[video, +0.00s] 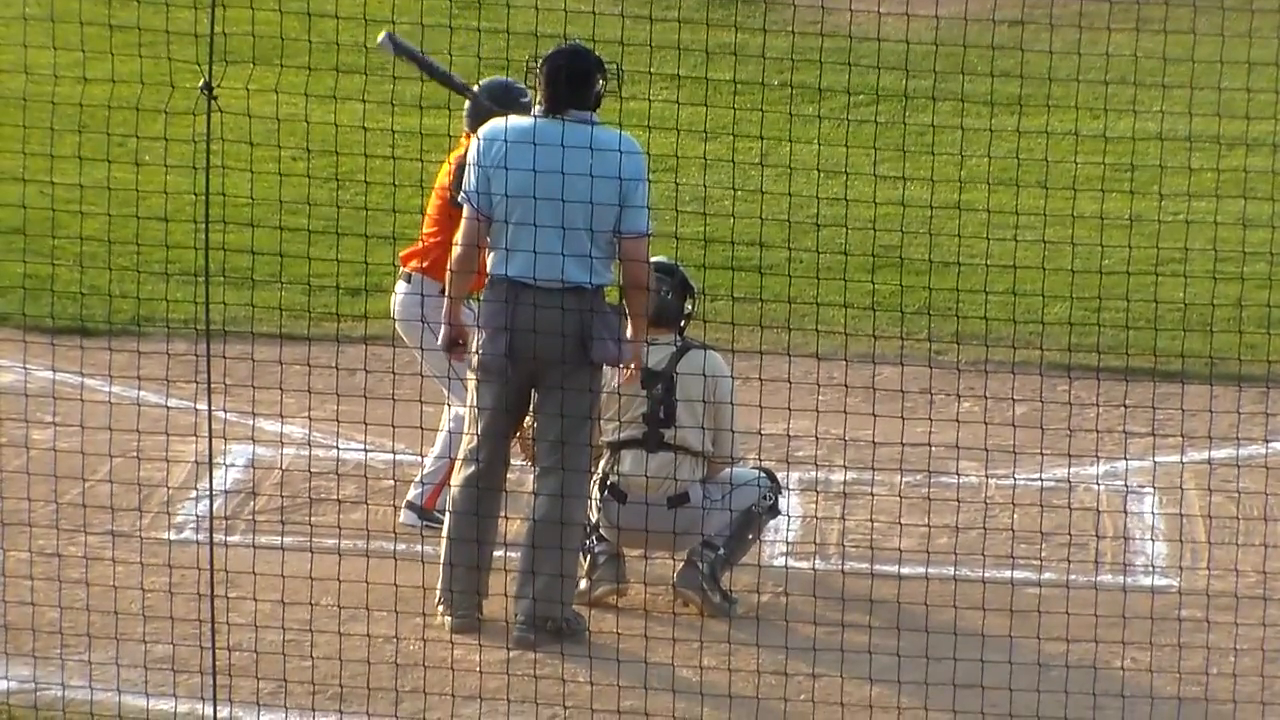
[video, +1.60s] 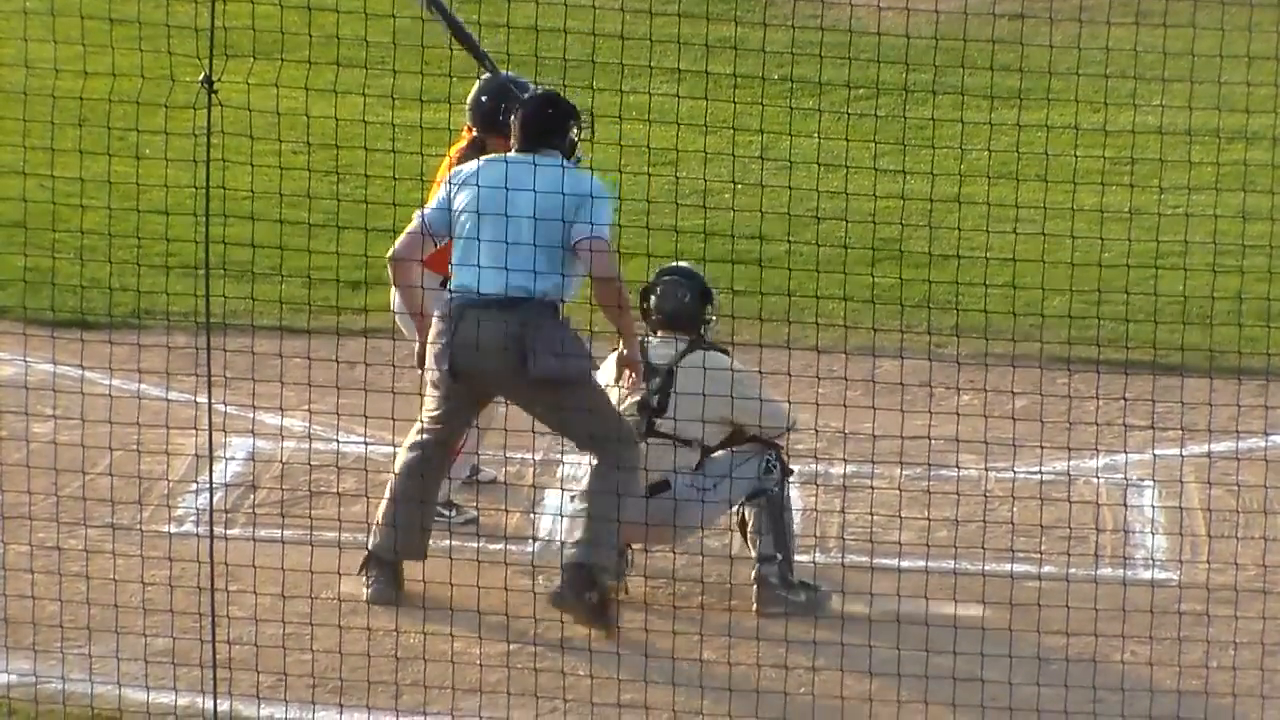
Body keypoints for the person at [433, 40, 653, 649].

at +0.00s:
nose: (603, 97)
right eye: (602, 89)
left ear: (542, 89)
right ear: (597, 93)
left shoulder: (496, 137)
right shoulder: (624, 151)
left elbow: (469, 242)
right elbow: (634, 260)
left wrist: (453, 308)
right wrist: (636, 337)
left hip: (505, 311)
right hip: (578, 318)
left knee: (481, 456)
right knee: (564, 466)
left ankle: (459, 600)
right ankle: (544, 612)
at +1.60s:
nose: (579, 147)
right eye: (576, 140)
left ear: (515, 136)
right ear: (569, 142)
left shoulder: (469, 177)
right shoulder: (584, 186)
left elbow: (404, 256)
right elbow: (600, 270)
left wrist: (429, 333)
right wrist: (630, 340)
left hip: (460, 332)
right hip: (535, 337)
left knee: (431, 437)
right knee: (617, 446)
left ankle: (383, 565)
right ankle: (586, 574)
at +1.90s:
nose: (598, 209)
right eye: (595, 202)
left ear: (538, 197)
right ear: (590, 204)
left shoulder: (490, 237)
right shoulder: (603, 247)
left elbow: (405, 297)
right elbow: (625, 320)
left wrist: (435, 366)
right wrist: (645, 397)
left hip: (467, 389)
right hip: (547, 393)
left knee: (441, 450)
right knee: (652, 473)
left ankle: (383, 561)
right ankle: (648, 605)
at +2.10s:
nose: (607, 250)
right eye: (606, 244)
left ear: (548, 241)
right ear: (601, 249)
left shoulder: (501, 274)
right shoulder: (611, 287)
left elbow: (412, 313)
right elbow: (628, 350)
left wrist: (444, 386)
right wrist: (641, 420)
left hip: (469, 420)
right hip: (548, 426)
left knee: (439, 460)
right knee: (662, 479)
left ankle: (383, 567)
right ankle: (649, 610)